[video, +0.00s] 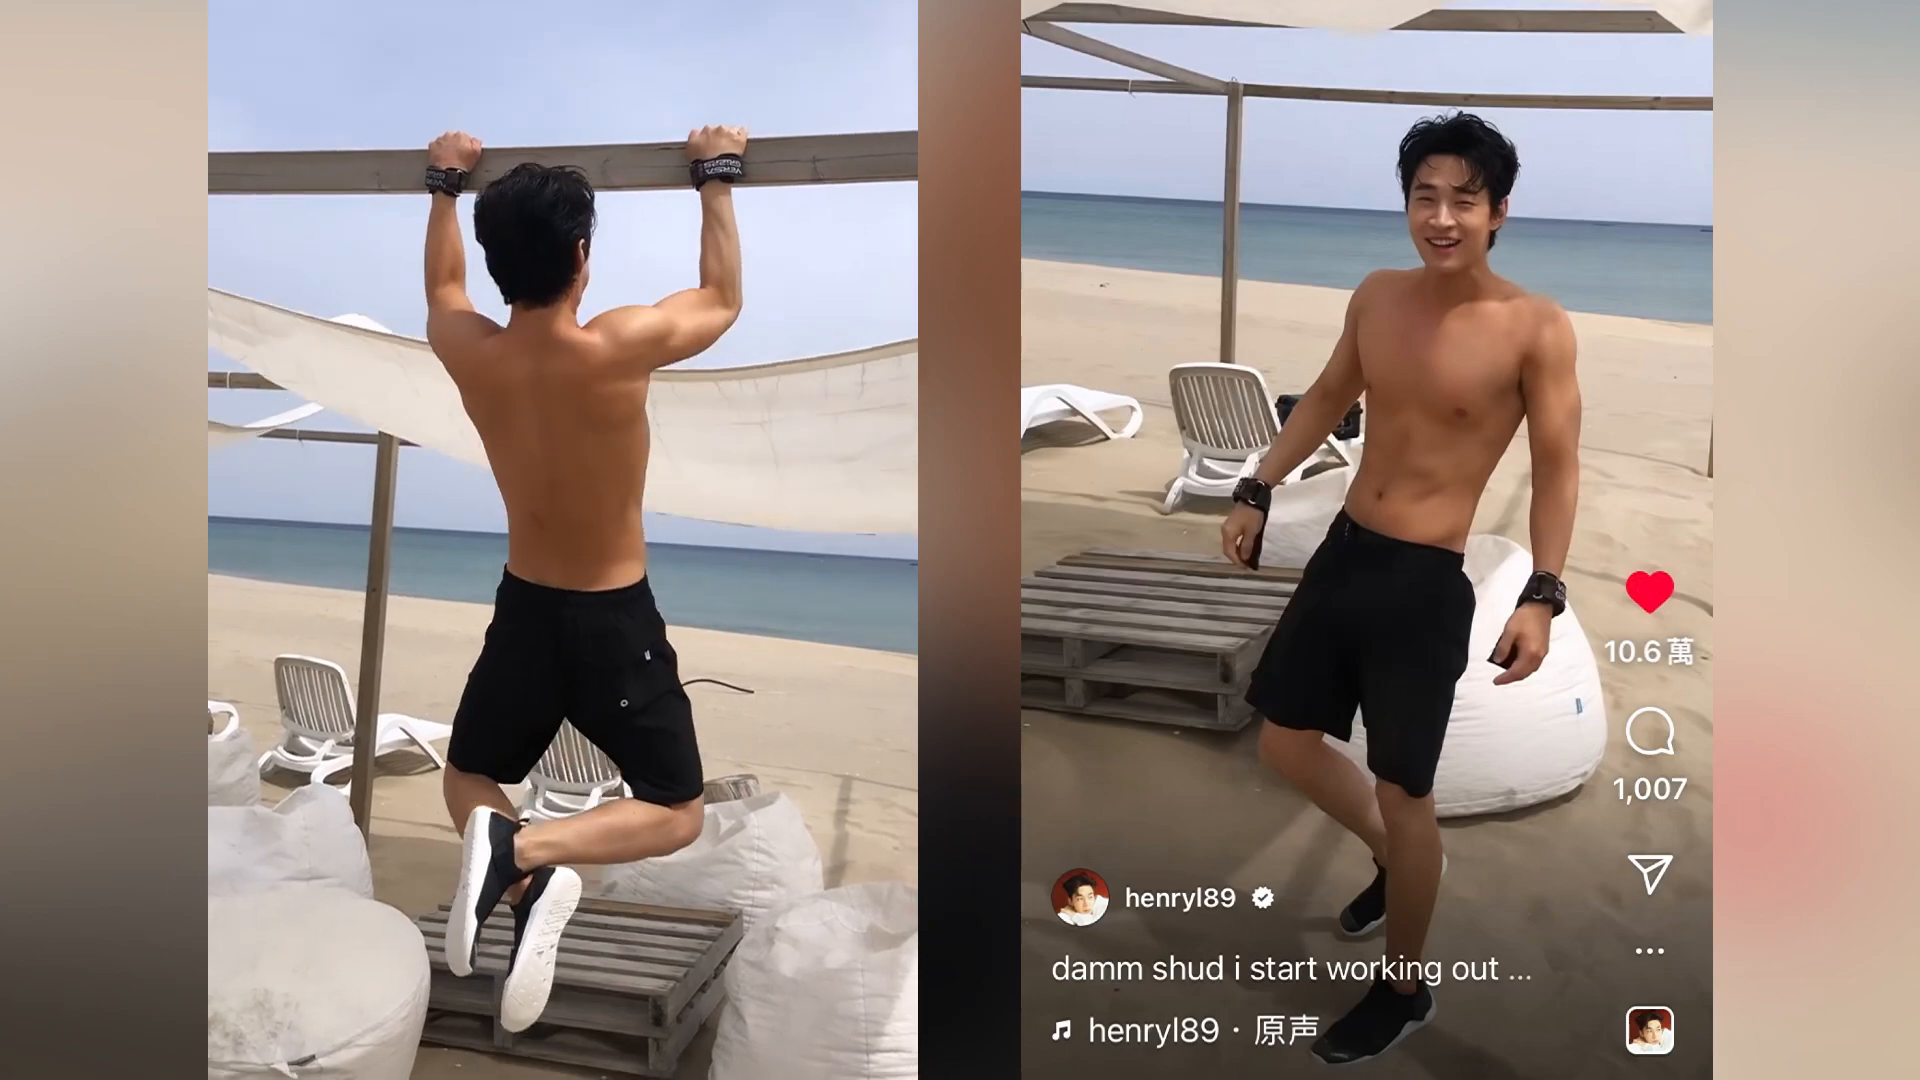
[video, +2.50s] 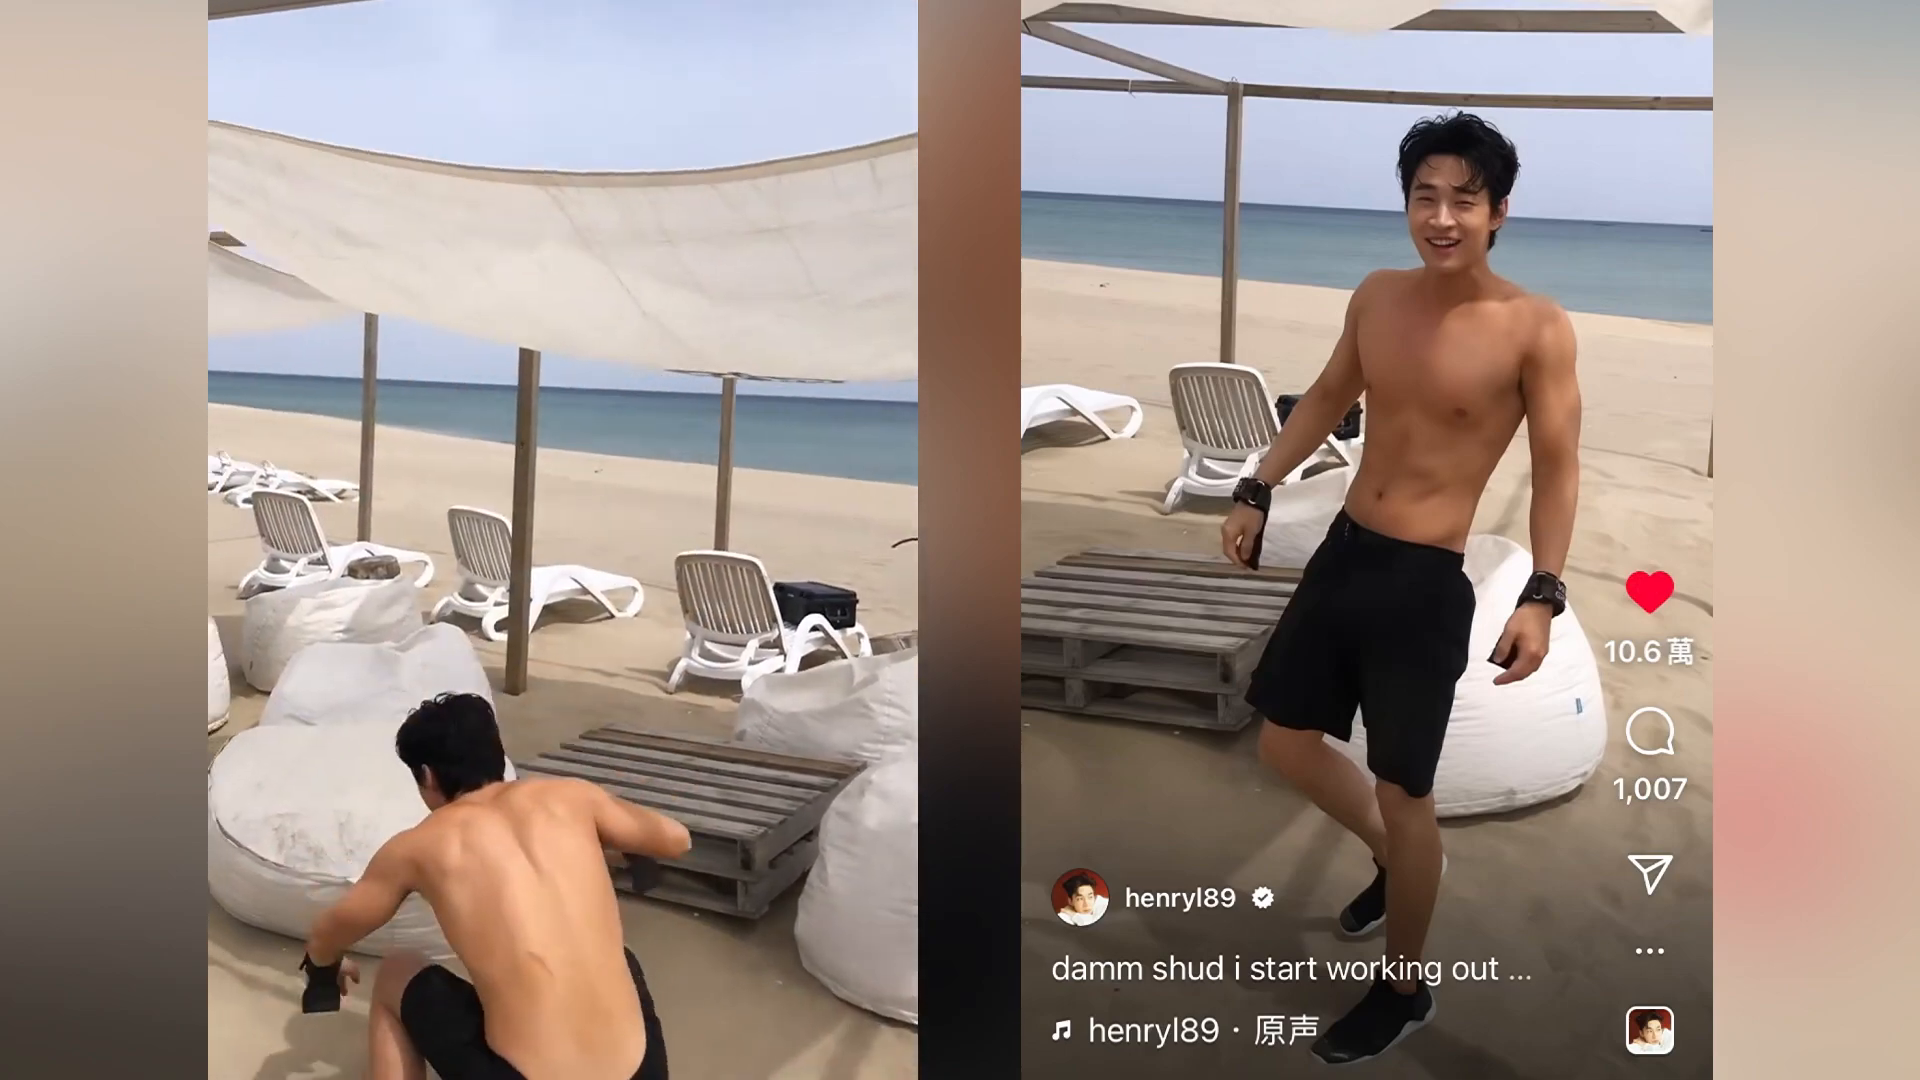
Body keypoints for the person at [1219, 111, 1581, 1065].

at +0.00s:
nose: (1440, 216)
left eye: (1462, 198)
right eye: (1424, 197)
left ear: (1498, 210)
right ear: (1406, 208)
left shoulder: (1535, 328)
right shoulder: (1378, 296)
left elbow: (1556, 468)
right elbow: (1330, 398)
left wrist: (1540, 595)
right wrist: (1255, 484)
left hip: (1426, 579)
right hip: (1345, 553)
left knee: (1402, 799)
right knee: (1284, 742)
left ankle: (1403, 981)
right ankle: (1398, 847)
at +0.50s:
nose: (1440, 216)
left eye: (1462, 198)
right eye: (1424, 197)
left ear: (1498, 210)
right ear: (1406, 208)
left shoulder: (1535, 328)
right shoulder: (1378, 297)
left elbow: (1556, 468)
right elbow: (1330, 398)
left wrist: (1540, 595)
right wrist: (1256, 484)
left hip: (1426, 579)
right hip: (1345, 553)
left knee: (1402, 800)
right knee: (1284, 742)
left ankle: (1402, 981)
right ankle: (1398, 848)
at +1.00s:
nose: (1440, 216)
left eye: (1462, 198)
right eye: (1424, 197)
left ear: (1498, 210)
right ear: (1406, 208)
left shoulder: (1535, 328)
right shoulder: (1378, 296)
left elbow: (1556, 468)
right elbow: (1330, 398)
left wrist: (1540, 595)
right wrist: (1255, 484)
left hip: (1426, 579)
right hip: (1345, 553)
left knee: (1402, 799)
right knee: (1284, 742)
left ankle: (1403, 981)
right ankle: (1398, 847)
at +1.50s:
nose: (1440, 216)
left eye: (1461, 198)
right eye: (1424, 197)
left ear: (1498, 210)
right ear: (1406, 208)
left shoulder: (1535, 328)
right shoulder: (1379, 296)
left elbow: (1556, 468)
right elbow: (1330, 398)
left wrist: (1541, 595)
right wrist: (1255, 484)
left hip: (1426, 579)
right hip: (1345, 553)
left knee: (1402, 800)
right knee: (1285, 742)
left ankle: (1403, 980)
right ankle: (1399, 848)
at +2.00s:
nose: (1440, 216)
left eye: (1462, 198)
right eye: (1424, 197)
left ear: (1498, 210)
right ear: (1406, 207)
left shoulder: (1535, 328)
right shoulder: (1378, 296)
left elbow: (1556, 468)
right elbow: (1330, 397)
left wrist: (1541, 595)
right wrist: (1255, 484)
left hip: (1426, 579)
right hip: (1344, 553)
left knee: (1403, 799)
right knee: (1285, 742)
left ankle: (1403, 981)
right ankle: (1399, 847)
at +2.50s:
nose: (1440, 216)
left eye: (1462, 198)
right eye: (1424, 197)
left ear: (1498, 210)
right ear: (1406, 208)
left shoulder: (1535, 328)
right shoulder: (1378, 296)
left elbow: (1556, 468)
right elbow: (1330, 398)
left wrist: (1540, 595)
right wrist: (1255, 484)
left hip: (1426, 579)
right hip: (1345, 553)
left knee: (1402, 799)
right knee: (1284, 742)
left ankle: (1403, 981)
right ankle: (1398, 847)